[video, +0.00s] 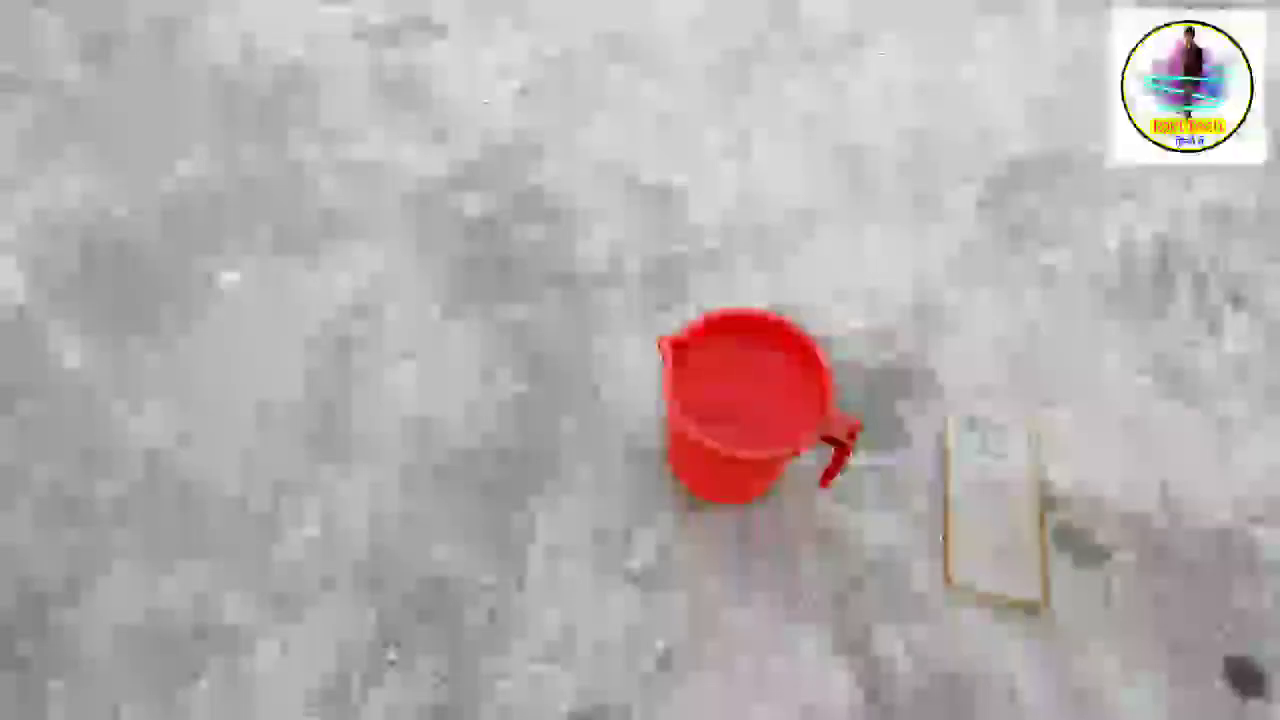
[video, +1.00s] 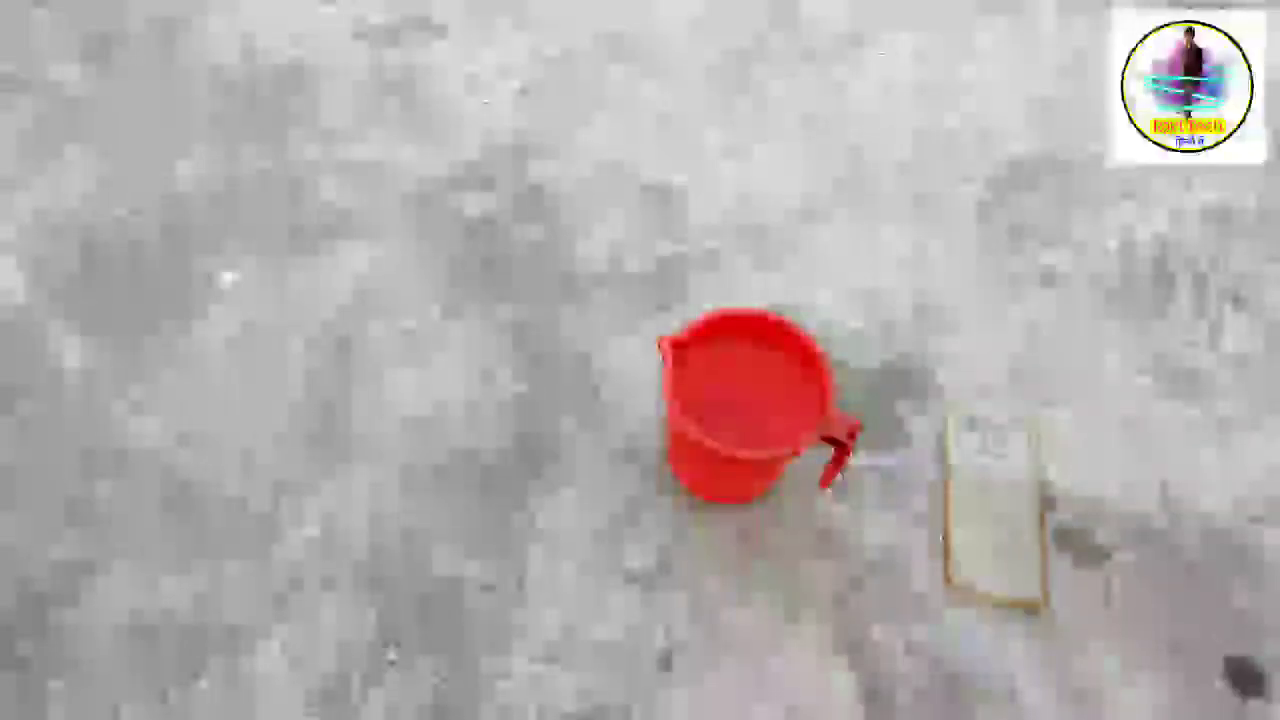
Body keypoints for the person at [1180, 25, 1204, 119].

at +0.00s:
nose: (1187, 38)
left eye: (1189, 35)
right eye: (1186, 35)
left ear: (1193, 36)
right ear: (1184, 36)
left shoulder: (1197, 50)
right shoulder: (1182, 50)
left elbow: (1199, 64)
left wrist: (1198, 75)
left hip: (1194, 75)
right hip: (1184, 74)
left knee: (1190, 93)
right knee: (1186, 93)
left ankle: (1188, 112)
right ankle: (1186, 112)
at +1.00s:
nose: (1187, 38)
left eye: (1189, 36)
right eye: (1186, 36)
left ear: (1193, 36)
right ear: (1184, 36)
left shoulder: (1197, 50)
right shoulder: (1182, 50)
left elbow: (1199, 63)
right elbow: (1178, 61)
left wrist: (1199, 73)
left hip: (1194, 74)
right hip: (1184, 73)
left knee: (1190, 92)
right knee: (1185, 92)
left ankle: (1188, 111)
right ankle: (1186, 110)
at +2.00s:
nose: (1187, 38)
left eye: (1189, 36)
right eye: (1186, 36)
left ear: (1193, 36)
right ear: (1184, 36)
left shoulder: (1197, 50)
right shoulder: (1181, 49)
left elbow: (1199, 64)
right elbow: (1176, 61)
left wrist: (1197, 75)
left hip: (1193, 75)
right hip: (1183, 74)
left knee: (1190, 93)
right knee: (1185, 93)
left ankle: (1188, 111)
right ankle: (1186, 111)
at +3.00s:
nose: (1188, 38)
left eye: (1190, 36)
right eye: (1187, 35)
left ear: (1193, 36)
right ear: (1184, 36)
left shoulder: (1197, 50)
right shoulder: (1181, 49)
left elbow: (1199, 65)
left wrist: (1198, 77)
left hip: (1193, 74)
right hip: (1183, 74)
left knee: (1190, 92)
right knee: (1185, 92)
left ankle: (1188, 111)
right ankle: (1185, 110)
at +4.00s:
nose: (1188, 38)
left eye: (1190, 35)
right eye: (1187, 35)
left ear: (1193, 36)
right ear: (1184, 36)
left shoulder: (1198, 50)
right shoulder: (1182, 49)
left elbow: (1199, 64)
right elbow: (1179, 62)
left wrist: (1198, 74)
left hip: (1194, 74)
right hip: (1184, 74)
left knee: (1191, 92)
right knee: (1186, 92)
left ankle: (1189, 111)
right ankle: (1186, 111)